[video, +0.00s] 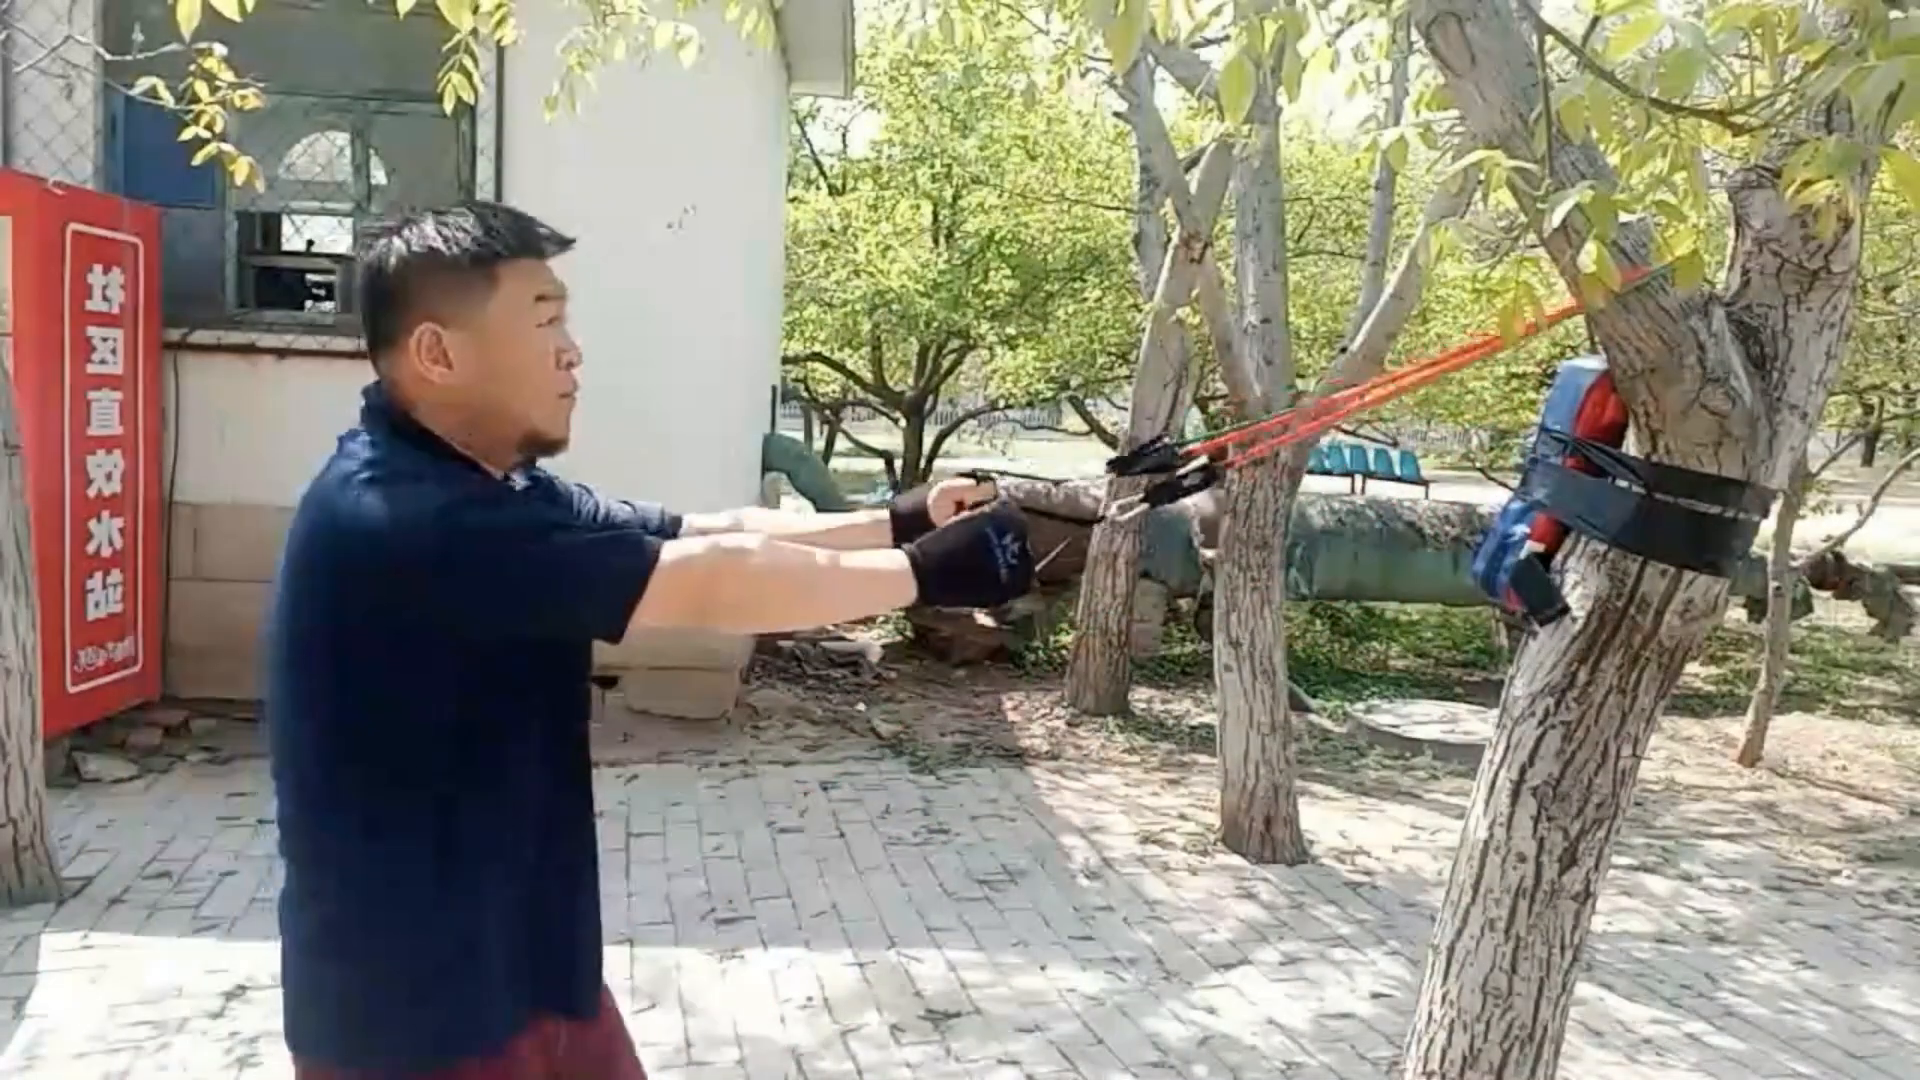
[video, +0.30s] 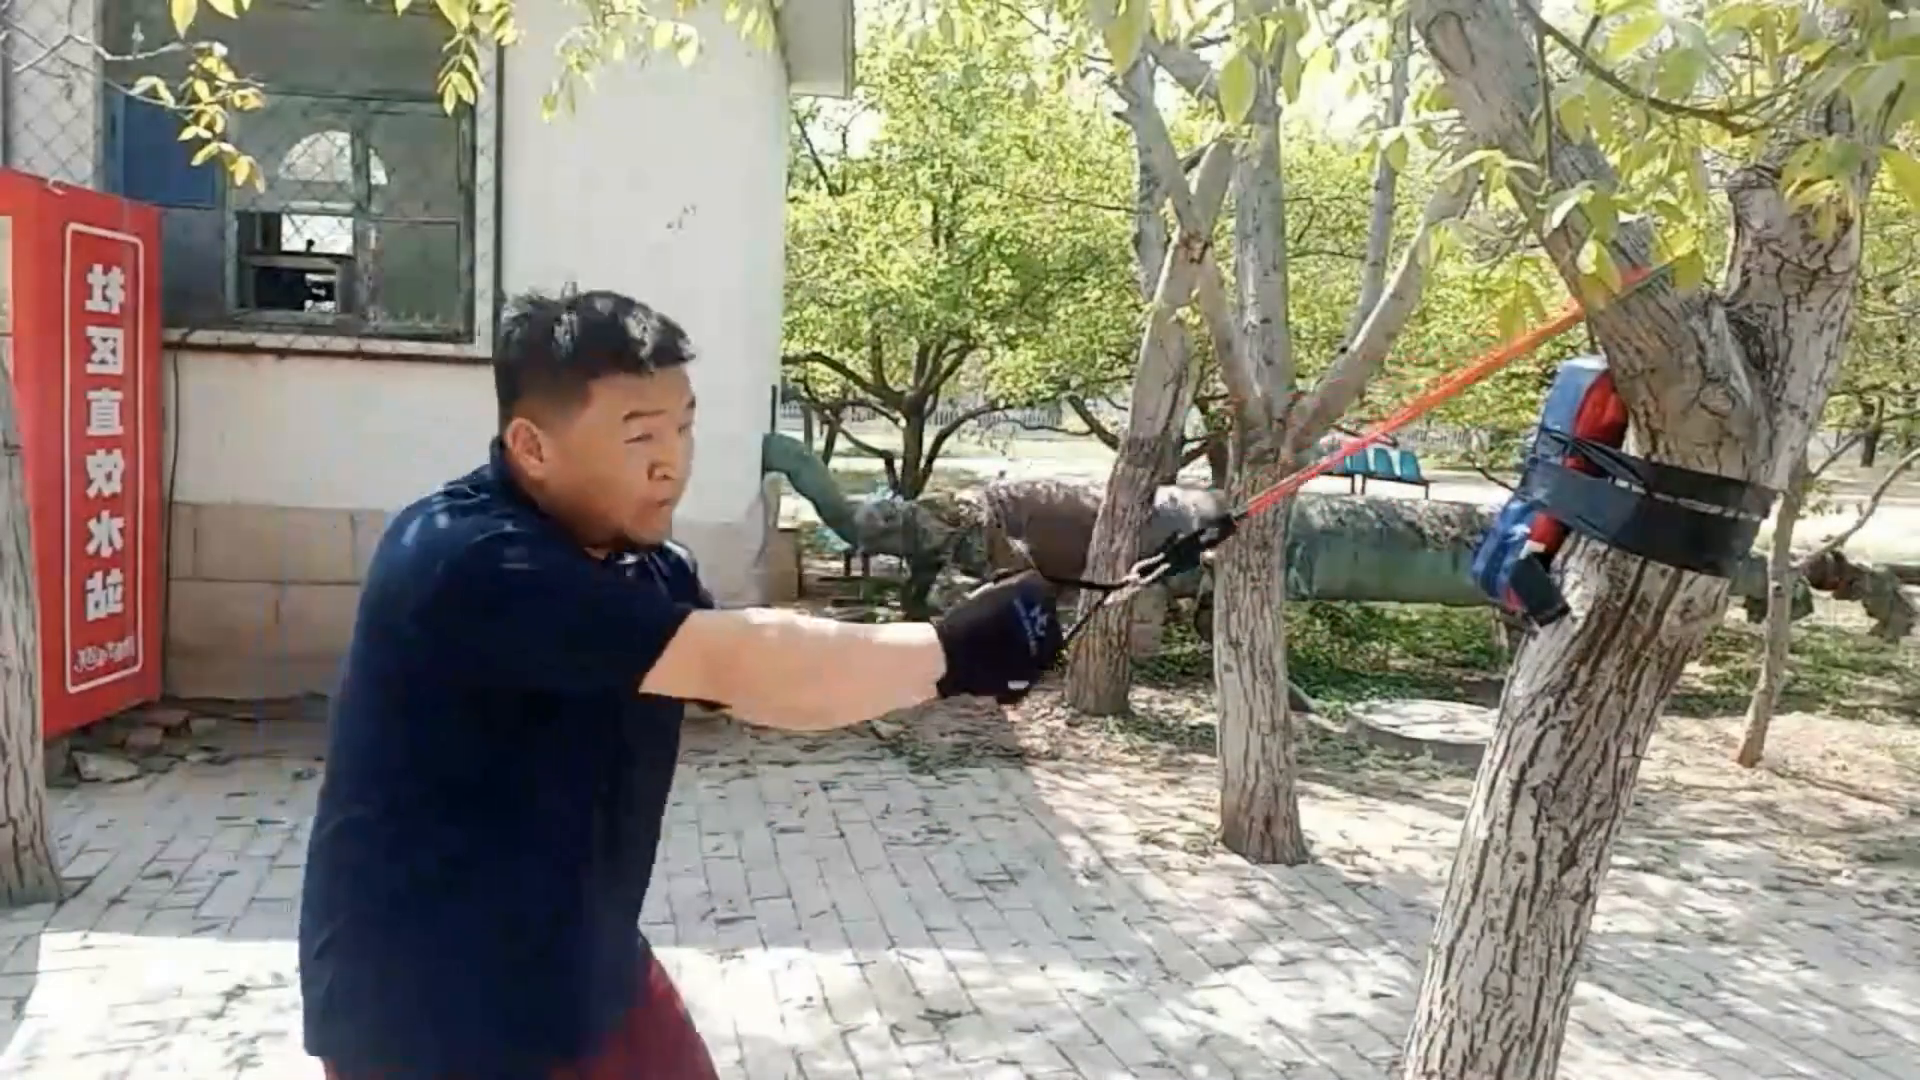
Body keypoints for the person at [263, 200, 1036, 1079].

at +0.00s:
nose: (573, 350)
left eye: (563, 319)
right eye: (544, 319)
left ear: (443, 360)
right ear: (434, 356)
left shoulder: (498, 495)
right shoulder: (400, 521)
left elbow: (701, 541)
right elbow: (694, 590)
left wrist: (903, 525)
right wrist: (919, 577)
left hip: (549, 1001)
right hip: (428, 1037)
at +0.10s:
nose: (589, 367)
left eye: (581, 335)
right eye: (560, 336)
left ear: (456, 371)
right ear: (445, 367)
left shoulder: (533, 505)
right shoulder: (396, 526)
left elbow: (700, 573)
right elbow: (689, 601)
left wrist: (908, 561)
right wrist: (928, 581)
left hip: (569, 987)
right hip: (437, 1029)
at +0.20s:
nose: (645, 416)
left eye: (645, 385)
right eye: (612, 391)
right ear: (500, 414)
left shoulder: (604, 538)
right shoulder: (441, 543)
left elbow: (745, 636)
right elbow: (719, 630)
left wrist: (933, 617)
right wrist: (937, 618)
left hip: (585, 977)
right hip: (435, 1020)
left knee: (670, 1073)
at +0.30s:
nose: (672, 459)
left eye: (681, 428)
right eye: (636, 433)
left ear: (693, 421)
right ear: (531, 447)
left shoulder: (647, 572)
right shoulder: (465, 559)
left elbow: (760, 670)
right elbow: (742, 663)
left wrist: (942, 655)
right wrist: (952, 655)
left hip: (595, 971)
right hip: (436, 1010)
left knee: (683, 1065)